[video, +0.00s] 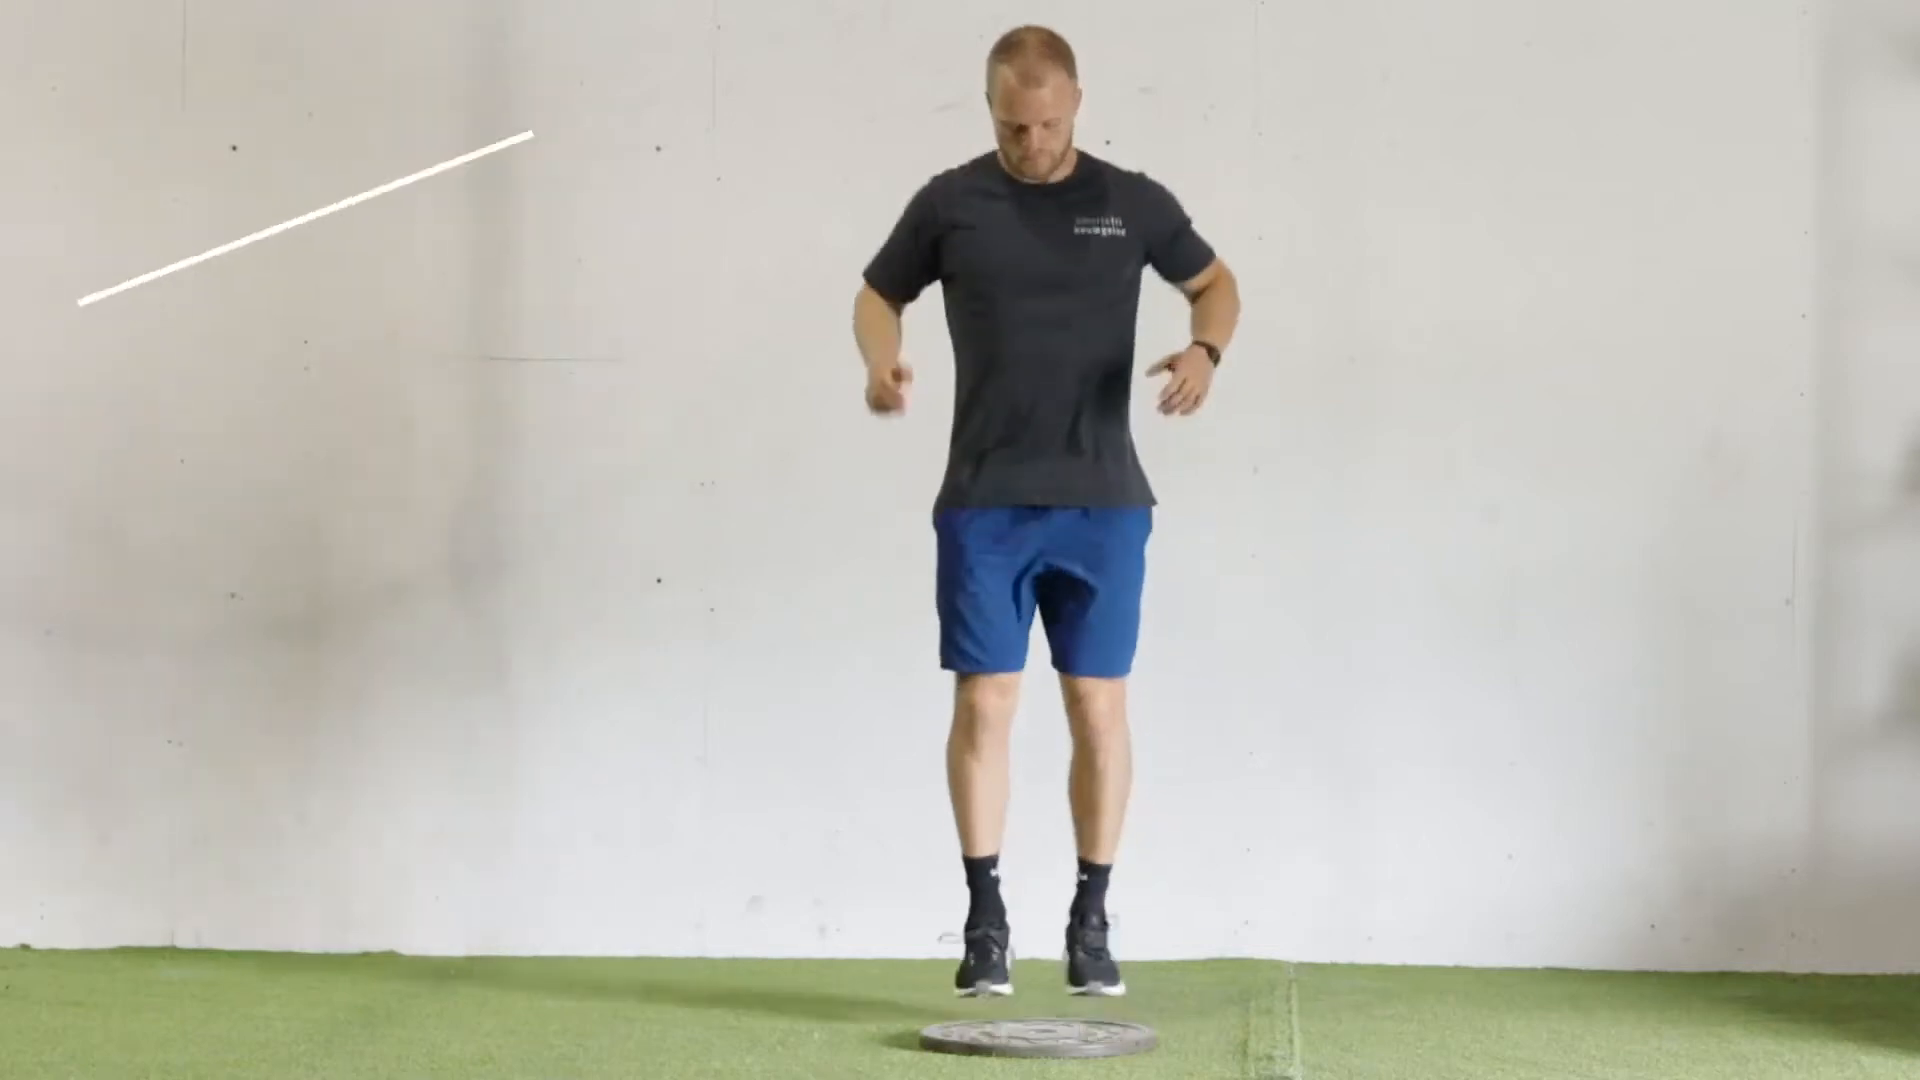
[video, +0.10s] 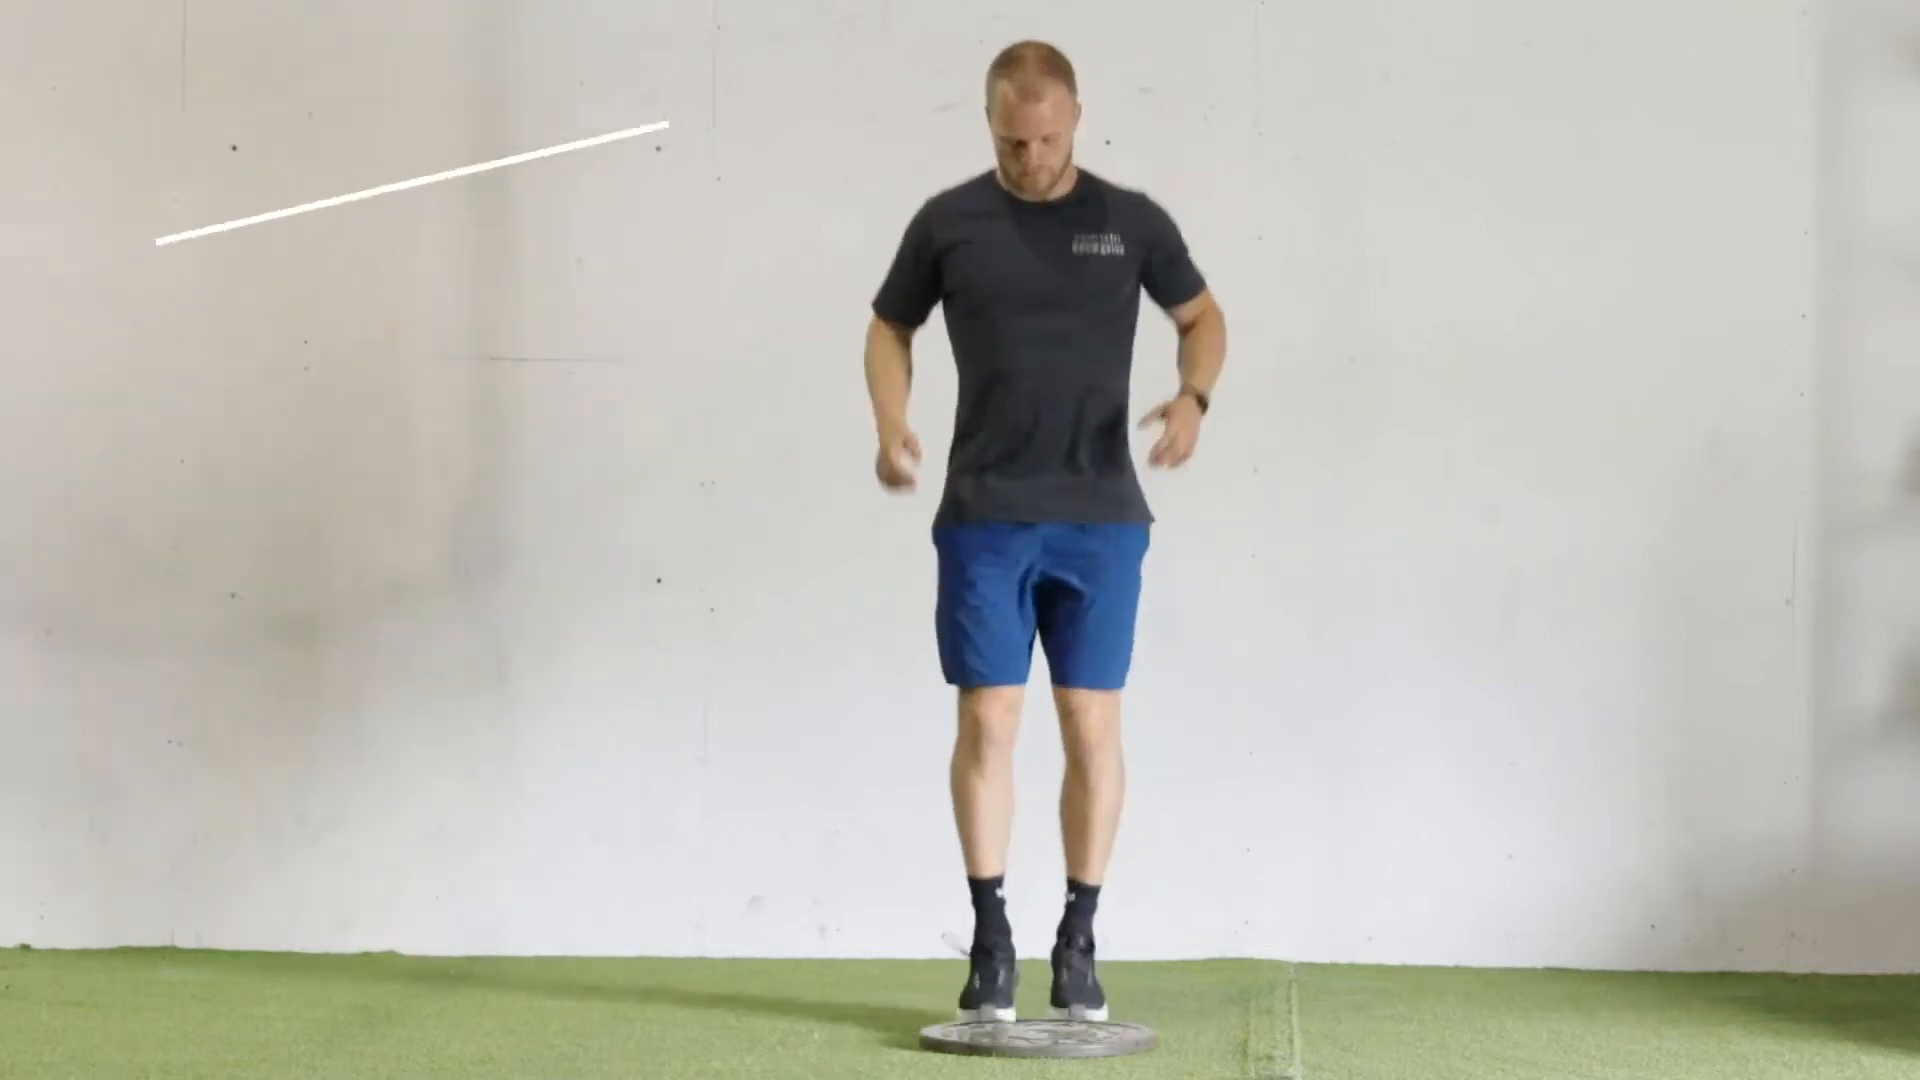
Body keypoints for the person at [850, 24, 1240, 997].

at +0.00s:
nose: (1035, 143)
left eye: (1050, 125)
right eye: (1017, 127)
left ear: (1077, 105)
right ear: (991, 112)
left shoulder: (1131, 201)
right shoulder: (950, 201)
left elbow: (1214, 283)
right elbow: (879, 294)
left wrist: (1204, 350)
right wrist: (882, 359)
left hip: (1101, 496)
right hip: (984, 497)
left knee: (1098, 710)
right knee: (984, 706)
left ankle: (1091, 919)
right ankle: (985, 920)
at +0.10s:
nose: (1034, 157)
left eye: (1048, 139)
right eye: (1017, 141)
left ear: (1077, 120)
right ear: (991, 128)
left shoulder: (1130, 220)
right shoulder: (948, 222)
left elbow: (1202, 317)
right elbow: (891, 325)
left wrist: (1191, 397)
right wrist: (893, 424)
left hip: (1099, 511)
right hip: (984, 511)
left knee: (1091, 726)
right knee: (988, 723)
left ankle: (1078, 947)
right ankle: (991, 947)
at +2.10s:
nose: (1037, 175)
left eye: (1053, 157)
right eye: (1020, 159)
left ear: (1082, 149)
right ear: (997, 155)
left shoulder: (1133, 259)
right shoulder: (956, 263)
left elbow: (1187, 363)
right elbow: (902, 372)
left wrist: (1177, 451)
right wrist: (914, 479)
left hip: (1114, 548)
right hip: (1000, 548)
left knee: (1104, 747)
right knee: (1009, 747)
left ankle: (1083, 962)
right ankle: (1020, 961)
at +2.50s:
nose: (1033, 203)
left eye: (1049, 185)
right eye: (1015, 187)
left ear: (1078, 180)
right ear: (993, 187)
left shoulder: (1132, 292)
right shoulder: (954, 297)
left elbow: (1196, 393)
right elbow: (892, 410)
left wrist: (1183, 442)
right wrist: (926, 437)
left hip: (1100, 580)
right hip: (992, 581)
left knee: (1097, 782)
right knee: (992, 780)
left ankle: (1080, 950)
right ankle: (997, 948)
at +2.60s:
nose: (1040, 122)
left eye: (1055, 106)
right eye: (1023, 107)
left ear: (1084, 100)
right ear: (1001, 105)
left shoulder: (1133, 205)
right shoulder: (960, 202)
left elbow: (1212, 285)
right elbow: (867, 296)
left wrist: (1204, 325)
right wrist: (907, 297)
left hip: (1106, 491)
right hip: (992, 490)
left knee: (1105, 703)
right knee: (986, 698)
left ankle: (1094, 905)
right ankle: (987, 900)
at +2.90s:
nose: (1048, 166)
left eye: (1064, 149)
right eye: (1031, 150)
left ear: (1093, 147)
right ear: (1008, 150)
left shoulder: (1139, 259)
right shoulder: (964, 254)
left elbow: (1202, 361)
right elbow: (895, 354)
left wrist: (1196, 443)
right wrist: (927, 439)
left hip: (1104, 537)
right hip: (993, 533)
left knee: (1089, 746)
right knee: (1006, 747)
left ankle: (1067, 960)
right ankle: (1010, 960)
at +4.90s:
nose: (1056, 163)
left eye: (1072, 146)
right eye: (1039, 147)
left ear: (1101, 142)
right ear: (1016, 144)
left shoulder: (1148, 258)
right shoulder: (973, 253)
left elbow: (1194, 373)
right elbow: (913, 361)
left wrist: (1173, 441)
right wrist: (939, 447)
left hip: (1121, 547)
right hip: (1008, 544)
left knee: (1112, 743)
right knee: (1012, 743)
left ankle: (1086, 957)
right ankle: (1016, 955)